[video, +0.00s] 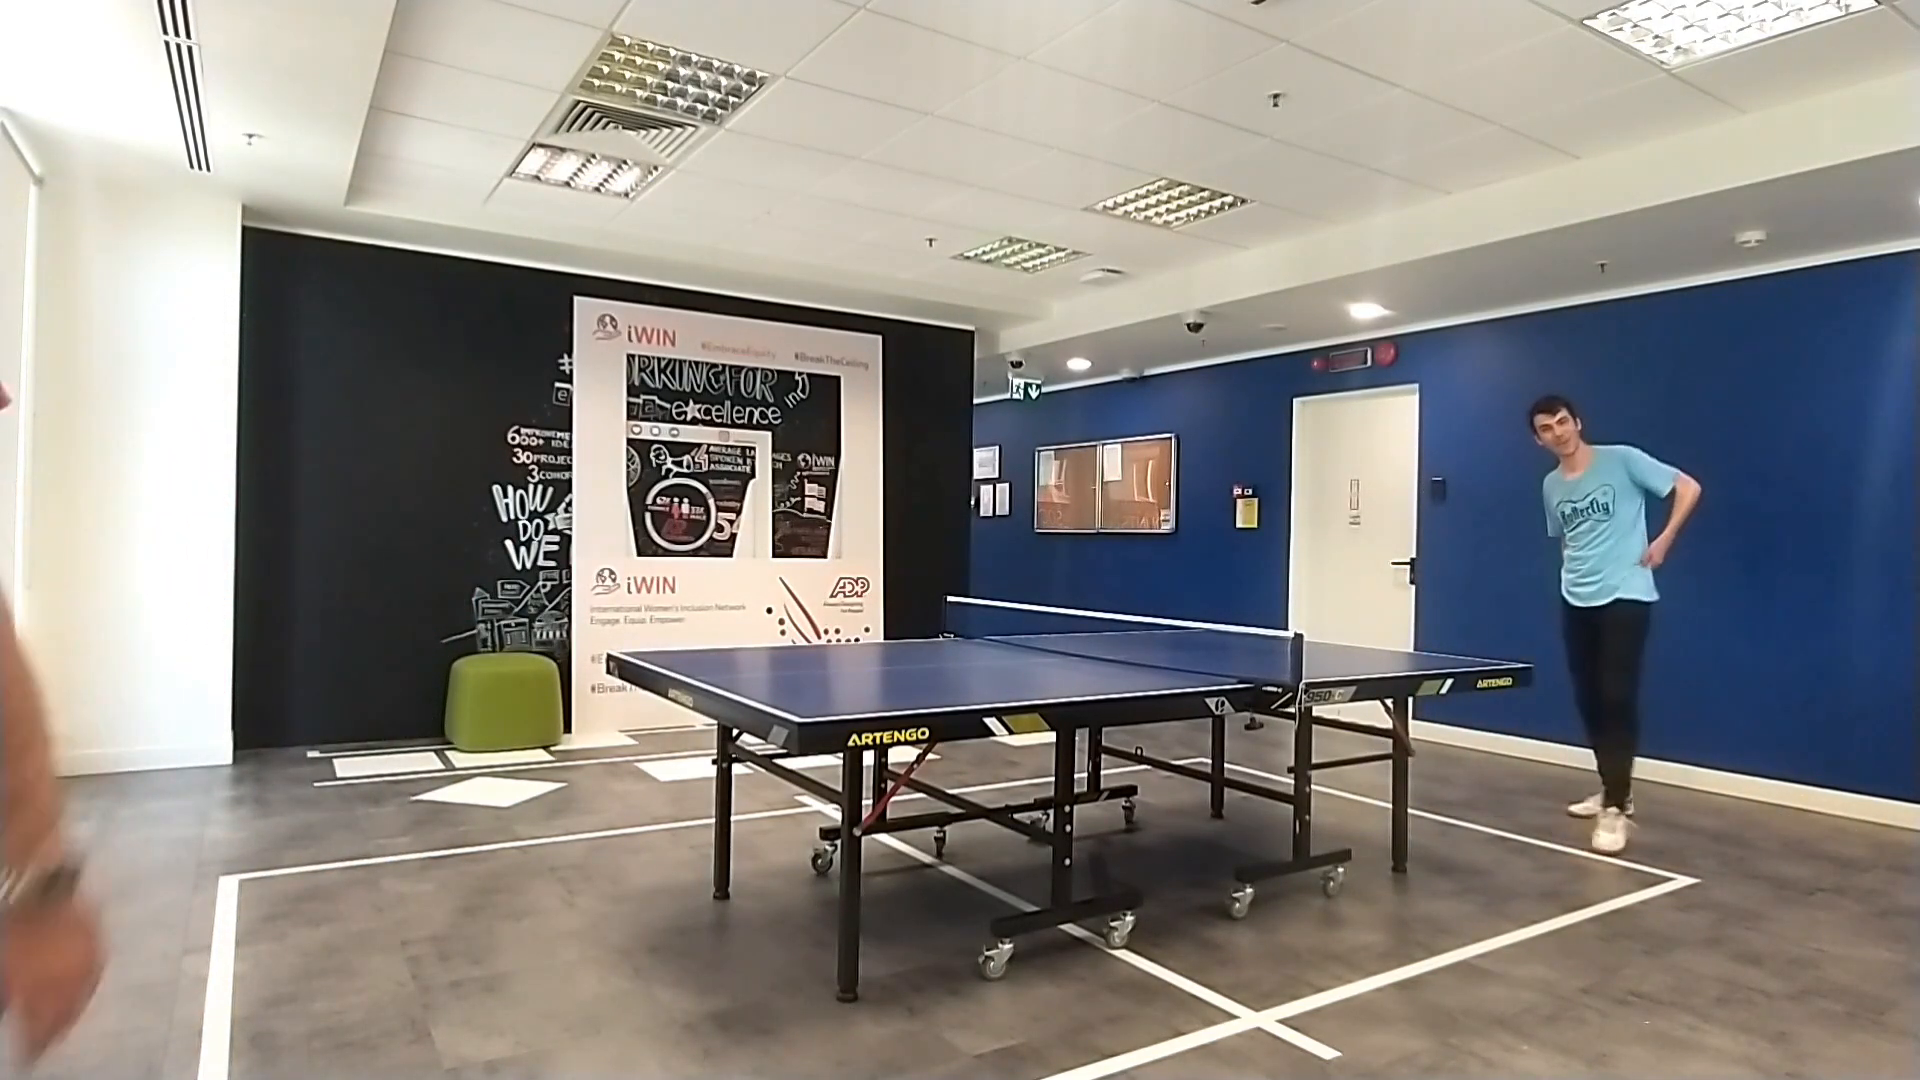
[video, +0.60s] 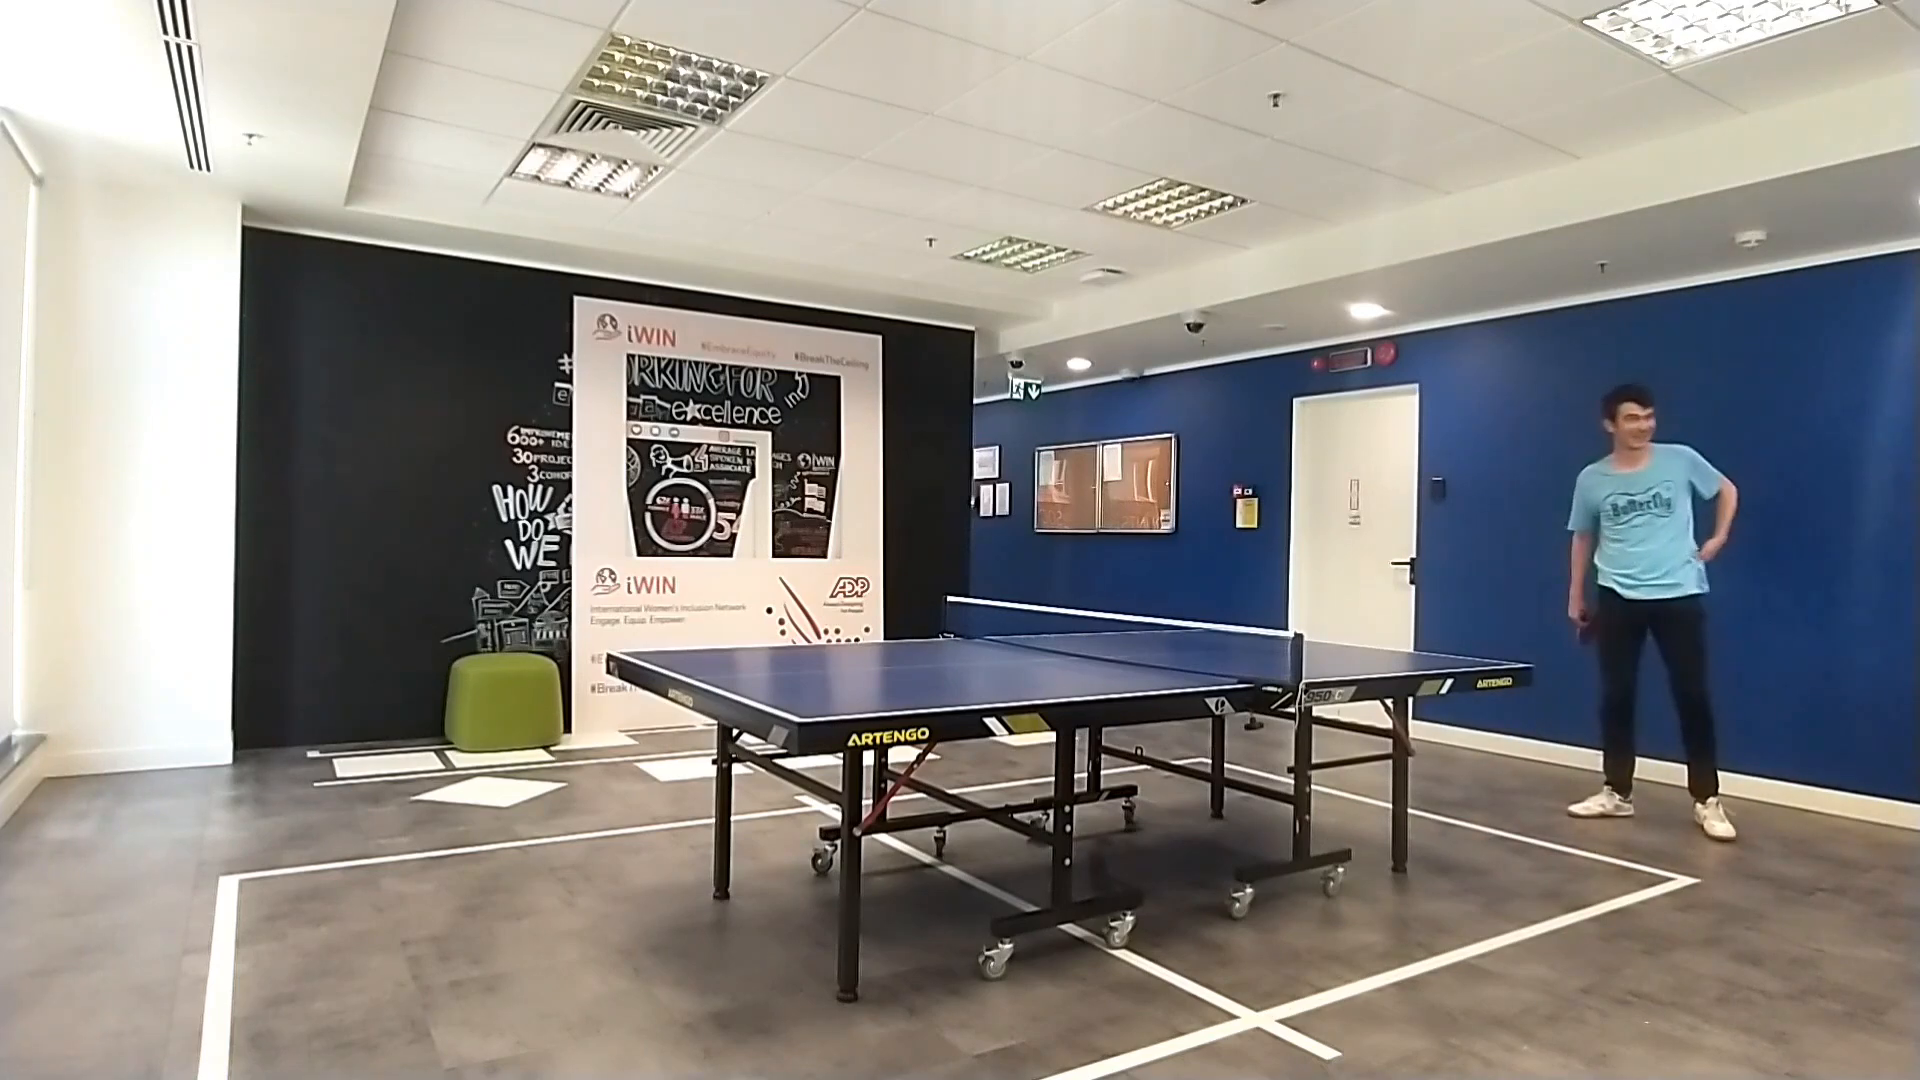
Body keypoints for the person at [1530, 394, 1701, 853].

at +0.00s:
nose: (1556, 431)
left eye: (1560, 421)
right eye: (1546, 428)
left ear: (1576, 422)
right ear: (1540, 440)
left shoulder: (1622, 459)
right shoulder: (1552, 485)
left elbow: (1688, 487)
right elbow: (1564, 542)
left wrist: (1664, 540)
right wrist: (1571, 583)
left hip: (1626, 595)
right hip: (1578, 601)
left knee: (1617, 695)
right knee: (1590, 697)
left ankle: (1617, 809)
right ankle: (1612, 791)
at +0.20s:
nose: (1562, 433)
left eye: (1566, 423)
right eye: (1551, 430)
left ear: (1580, 423)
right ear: (1544, 441)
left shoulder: (1623, 454)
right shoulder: (1556, 488)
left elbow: (1695, 466)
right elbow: (1569, 543)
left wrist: (1673, 515)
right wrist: (1586, 574)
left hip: (1640, 583)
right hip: (1590, 594)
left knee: (1651, 688)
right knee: (1602, 692)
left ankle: (1674, 805)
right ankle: (1617, 793)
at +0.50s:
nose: (1615, 426)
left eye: (1620, 418)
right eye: (1604, 420)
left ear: (1630, 420)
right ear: (1588, 428)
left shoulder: (1661, 456)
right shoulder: (1578, 482)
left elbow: (1717, 483)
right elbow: (1579, 541)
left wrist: (1703, 527)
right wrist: (1580, 594)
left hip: (1666, 591)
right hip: (1607, 596)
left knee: (1687, 693)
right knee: (1612, 694)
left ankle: (1712, 798)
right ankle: (1617, 793)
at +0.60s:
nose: (1642, 425)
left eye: (1647, 416)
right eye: (1632, 418)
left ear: (1655, 420)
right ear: (1610, 424)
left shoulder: (1681, 459)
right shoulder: (1591, 479)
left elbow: (1726, 491)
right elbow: (1582, 538)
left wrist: (1717, 539)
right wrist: (1577, 594)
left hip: (1679, 595)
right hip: (1617, 597)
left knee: (1693, 695)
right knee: (1616, 694)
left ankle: (1707, 800)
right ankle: (1617, 793)